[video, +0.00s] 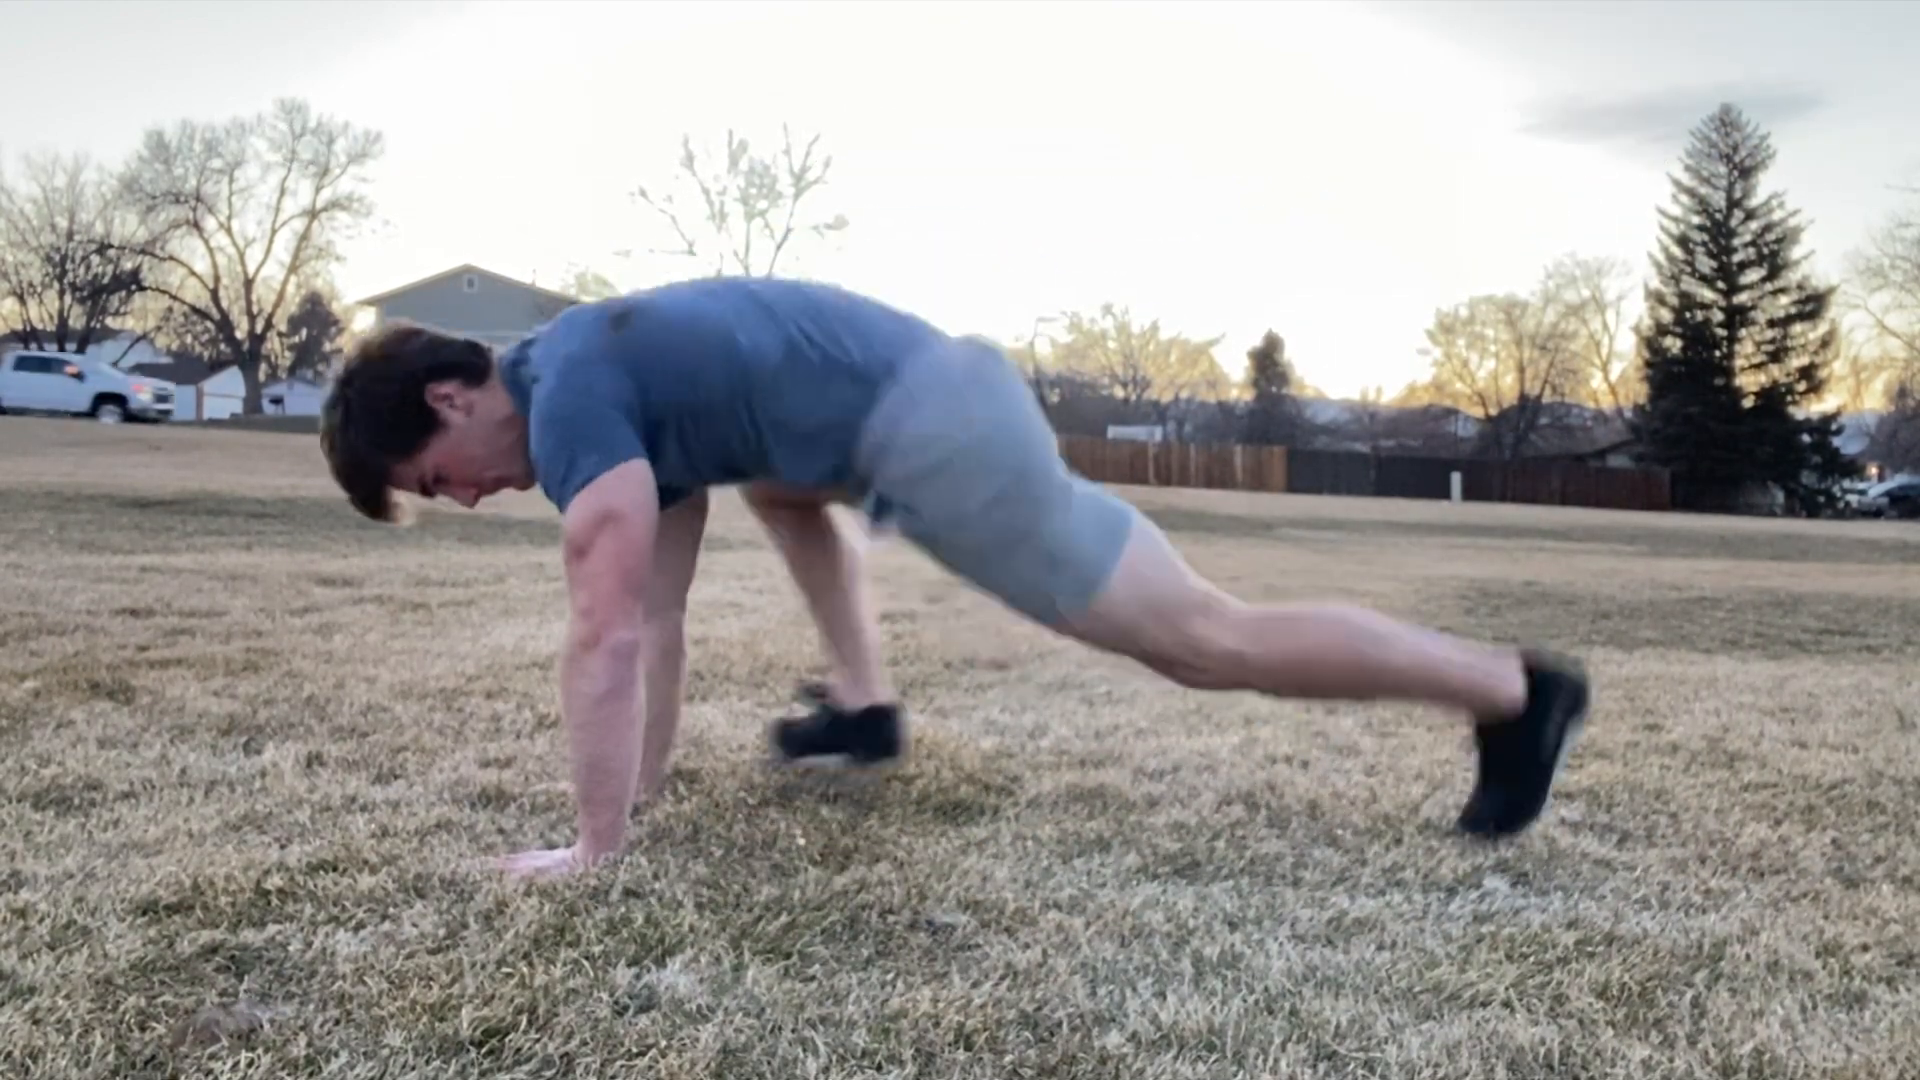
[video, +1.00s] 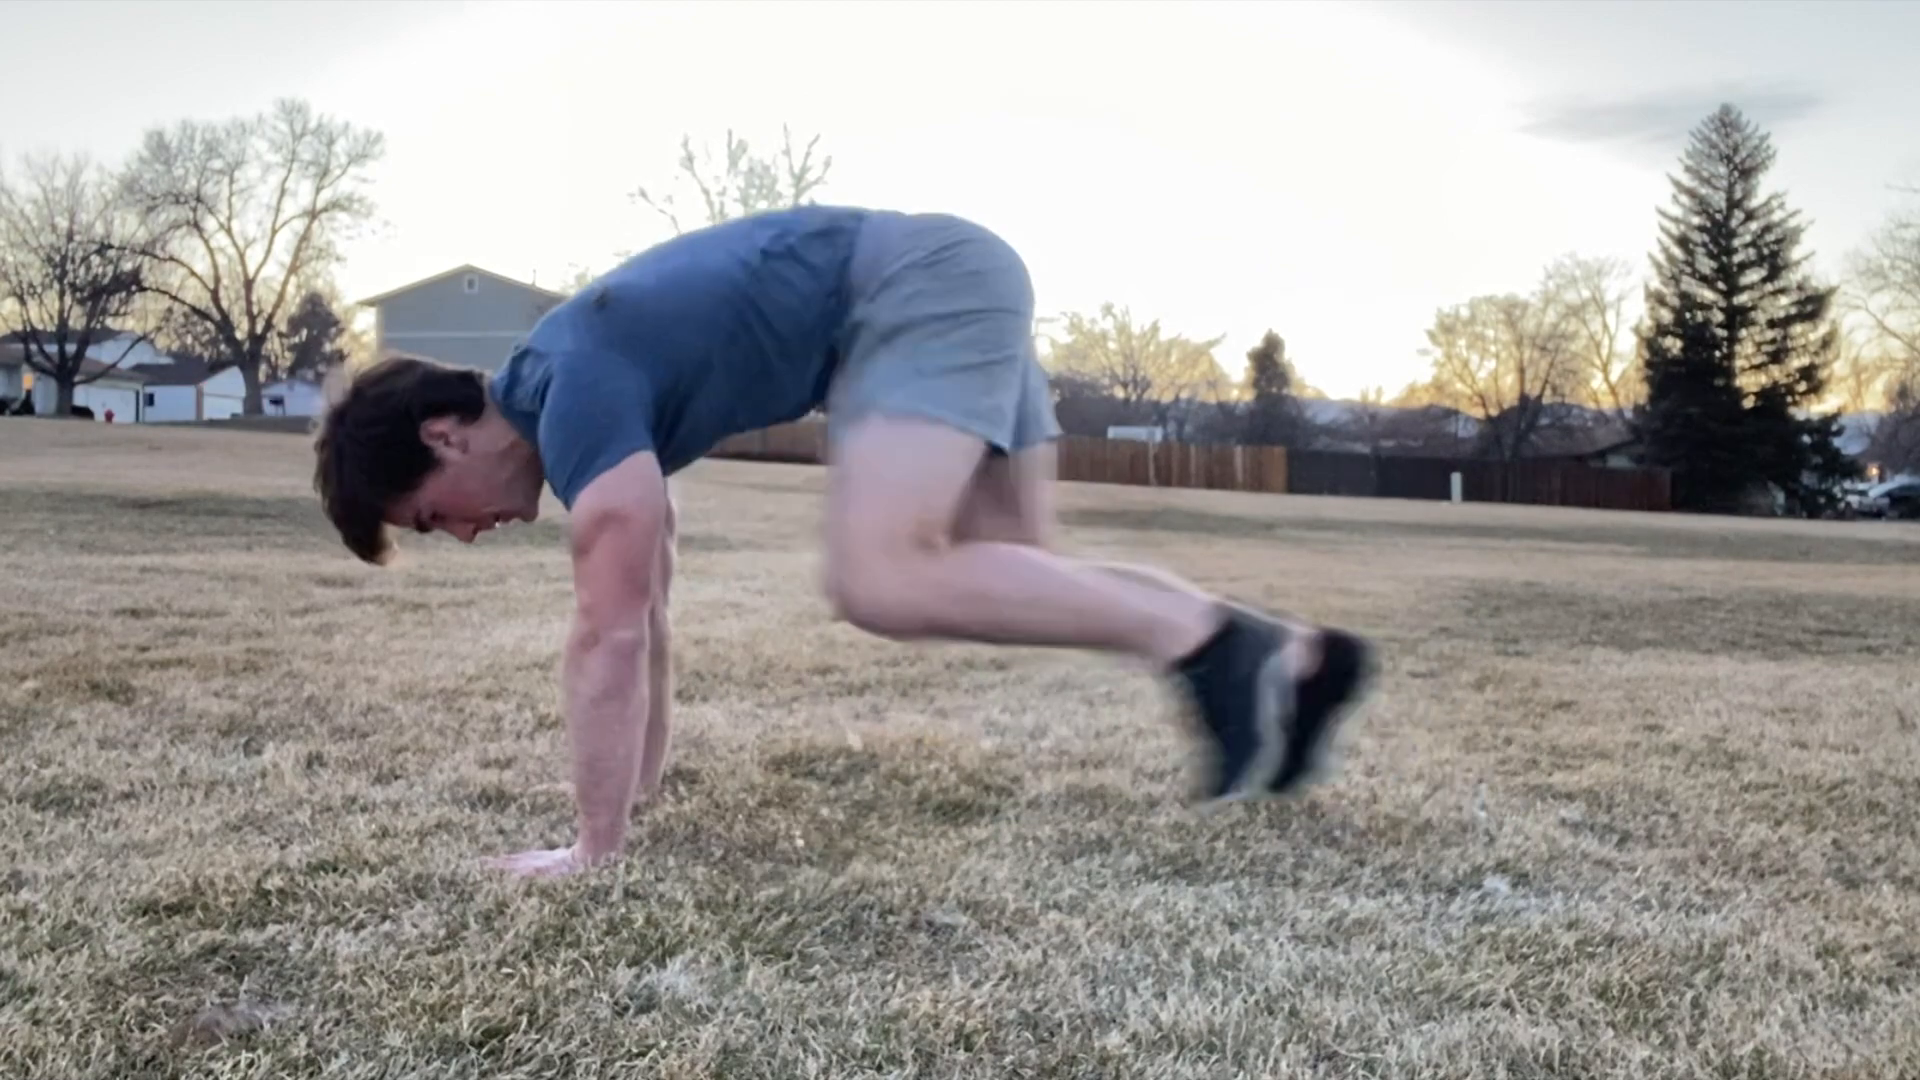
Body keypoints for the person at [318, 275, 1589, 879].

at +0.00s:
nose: (457, 500)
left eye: (434, 476)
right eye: (432, 493)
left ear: (454, 399)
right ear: (463, 398)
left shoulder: (570, 379)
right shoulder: (598, 371)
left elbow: (617, 607)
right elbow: (647, 619)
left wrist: (598, 838)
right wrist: (632, 804)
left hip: (937, 419)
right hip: (908, 409)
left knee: (1202, 640)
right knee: (757, 469)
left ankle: (1514, 692)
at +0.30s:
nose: (465, 517)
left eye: (440, 494)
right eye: (439, 512)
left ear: (457, 416)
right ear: (466, 420)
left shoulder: (567, 378)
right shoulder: (607, 385)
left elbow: (598, 620)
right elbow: (646, 618)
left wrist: (596, 849)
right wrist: (646, 784)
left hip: (937, 375)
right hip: (899, 391)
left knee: (1172, 627)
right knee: (809, 512)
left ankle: (1470, 727)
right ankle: (975, 707)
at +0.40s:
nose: (465, 530)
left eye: (437, 512)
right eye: (437, 527)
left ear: (439, 438)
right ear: (450, 434)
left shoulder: (568, 378)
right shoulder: (576, 390)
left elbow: (606, 630)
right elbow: (641, 602)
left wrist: (588, 848)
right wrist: (646, 774)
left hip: (930, 288)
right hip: (886, 347)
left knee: (1031, 596)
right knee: (924, 602)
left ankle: (1350, 694)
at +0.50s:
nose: (453, 528)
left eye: (427, 509)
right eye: (425, 523)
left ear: (440, 432)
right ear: (447, 426)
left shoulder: (578, 372)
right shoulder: (573, 387)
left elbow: (610, 628)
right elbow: (635, 607)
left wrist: (590, 843)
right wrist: (644, 777)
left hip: (935, 296)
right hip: (928, 348)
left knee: (838, 494)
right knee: (1080, 610)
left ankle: (1073, 720)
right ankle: (1362, 589)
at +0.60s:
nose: (447, 513)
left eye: (423, 489)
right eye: (420, 507)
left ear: (443, 411)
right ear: (447, 420)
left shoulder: (596, 367)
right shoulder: (574, 398)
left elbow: (618, 633)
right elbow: (626, 624)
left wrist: (592, 846)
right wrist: (615, 798)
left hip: (949, 343)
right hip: (928, 433)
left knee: (764, 430)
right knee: (1148, 612)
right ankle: (1437, 658)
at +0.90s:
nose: (462, 522)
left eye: (438, 500)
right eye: (437, 516)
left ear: (454, 425)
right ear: (459, 428)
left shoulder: (601, 366)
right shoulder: (586, 400)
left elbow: (622, 638)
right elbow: (631, 631)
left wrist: (593, 849)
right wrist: (616, 803)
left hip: (955, 334)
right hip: (961, 386)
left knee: (763, 456)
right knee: (1140, 607)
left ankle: (942, 765)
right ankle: (1422, 727)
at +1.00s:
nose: (465, 533)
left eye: (437, 514)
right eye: (439, 528)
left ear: (444, 438)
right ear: (457, 426)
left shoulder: (576, 376)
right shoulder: (579, 383)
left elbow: (612, 628)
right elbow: (638, 602)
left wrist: (592, 846)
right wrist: (650, 760)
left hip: (922, 272)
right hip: (954, 283)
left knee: (882, 575)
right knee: (992, 570)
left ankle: (1206, 641)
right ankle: (1285, 657)